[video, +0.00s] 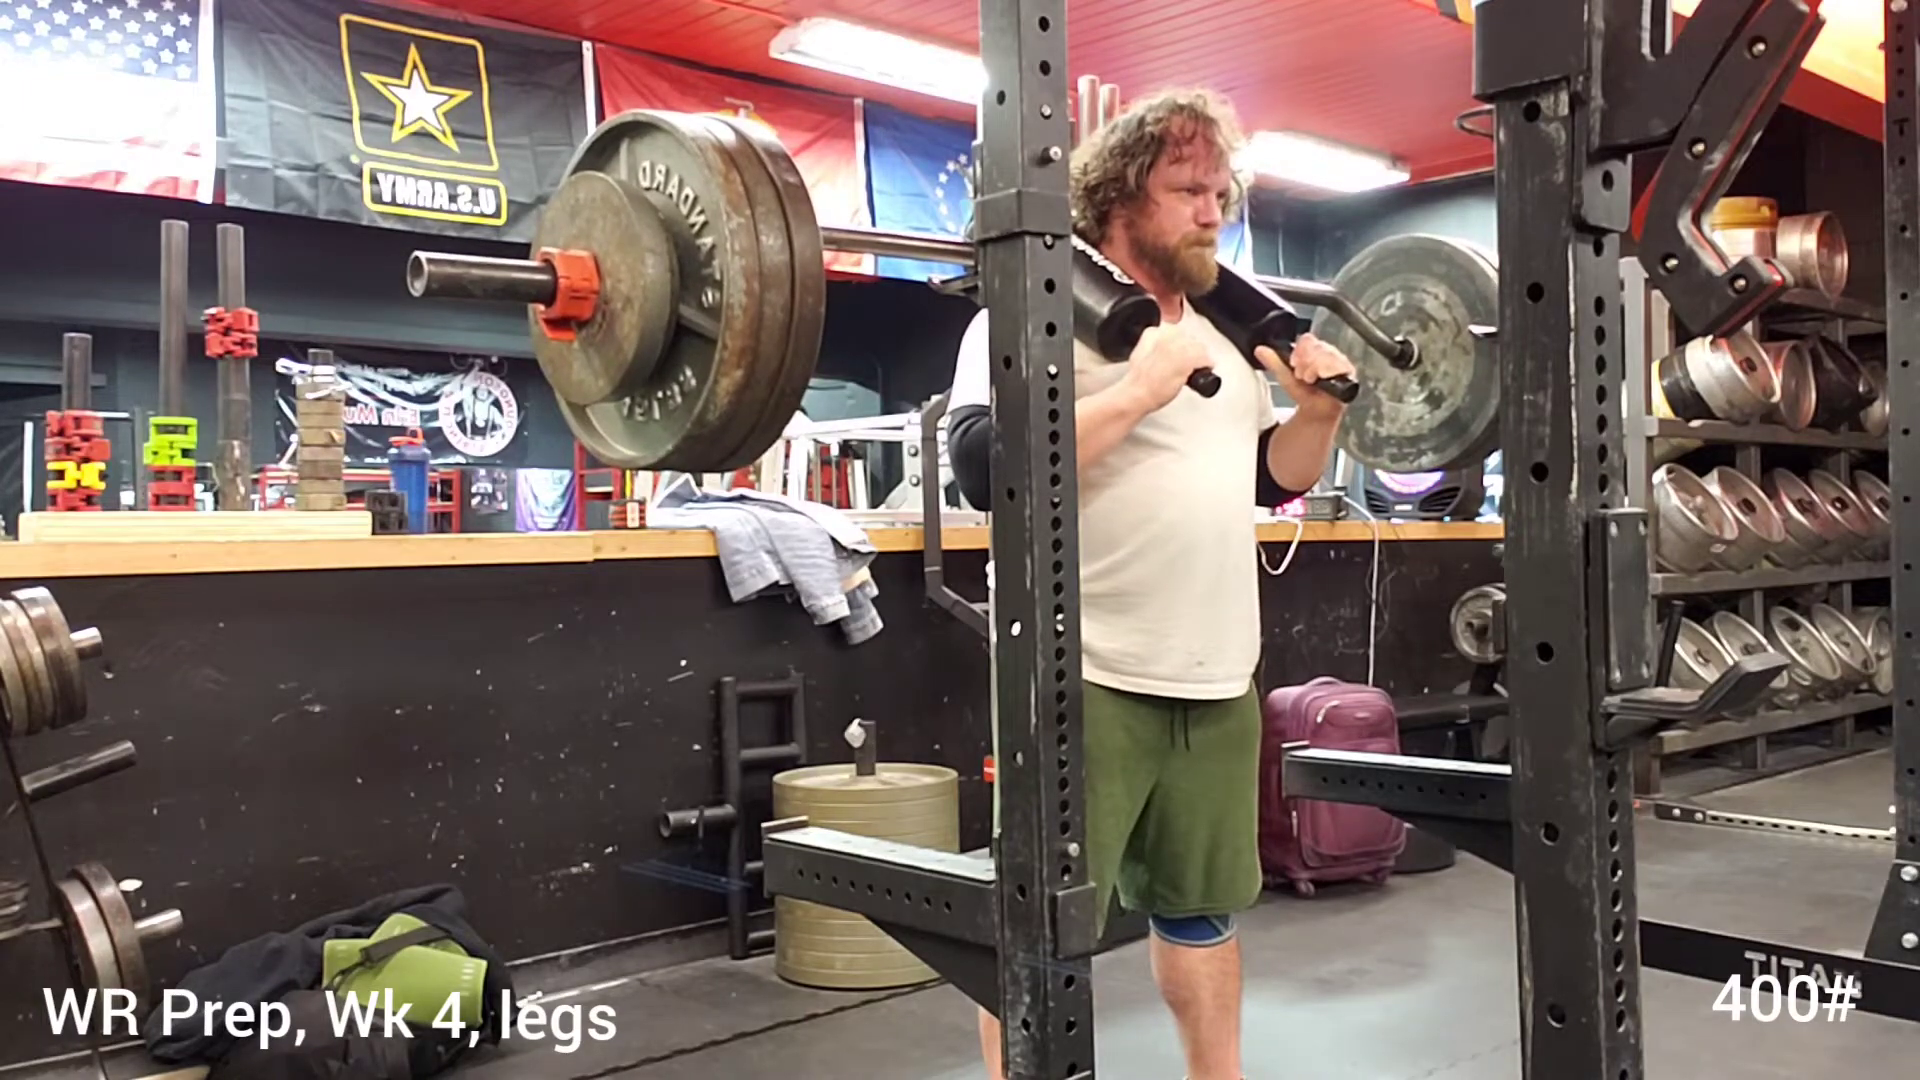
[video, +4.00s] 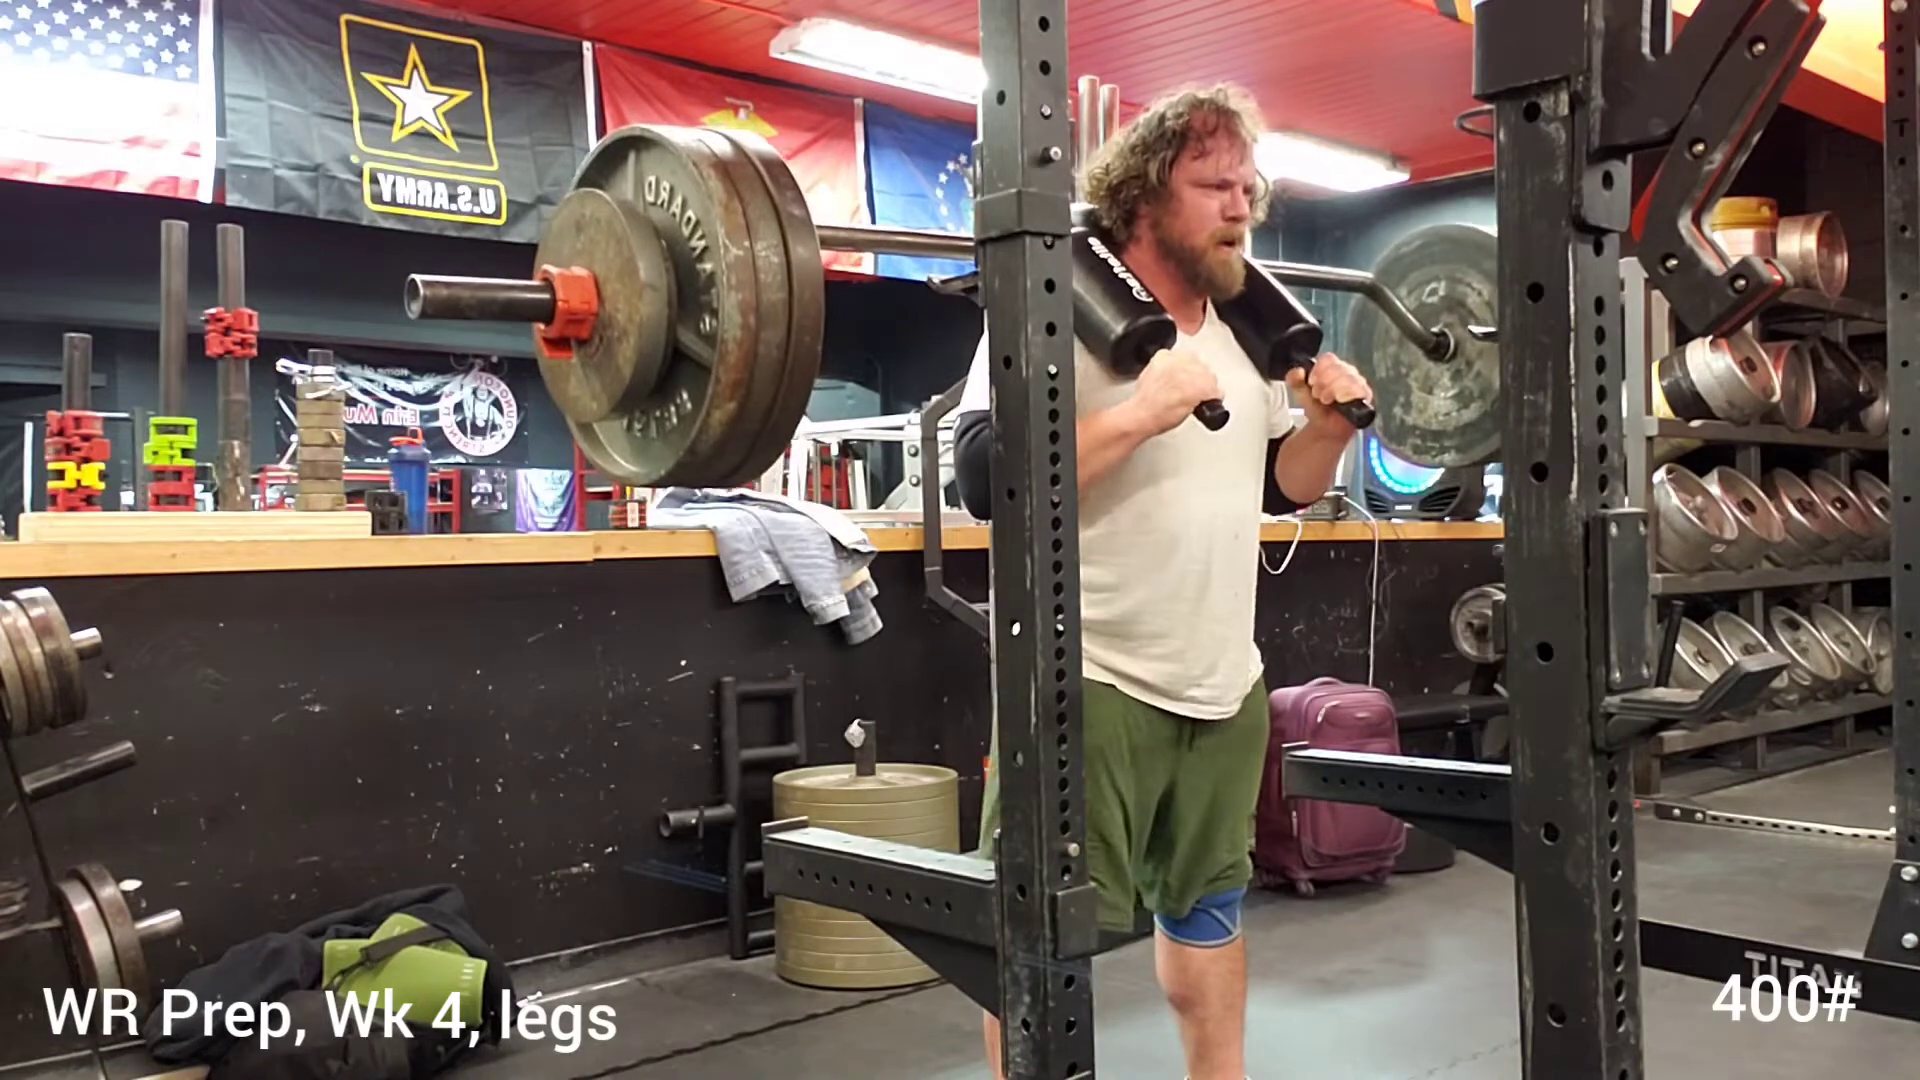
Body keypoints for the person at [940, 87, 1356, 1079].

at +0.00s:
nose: (1215, 211)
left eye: (1221, 192)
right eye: (1192, 189)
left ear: (1225, 202)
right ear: (1122, 193)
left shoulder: (1225, 334)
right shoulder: (1030, 315)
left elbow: (1284, 475)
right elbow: (985, 469)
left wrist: (1320, 403)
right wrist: (1132, 394)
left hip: (1218, 681)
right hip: (1084, 677)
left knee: (1201, 920)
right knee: (1044, 930)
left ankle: (1218, 1076)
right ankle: (1013, 1072)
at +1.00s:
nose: (1230, 279)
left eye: (1238, 258)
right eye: (1205, 256)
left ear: (1246, 265)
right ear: (1136, 264)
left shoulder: (1241, 383)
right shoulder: (1051, 371)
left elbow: (1293, 547)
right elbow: (1017, 560)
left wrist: (1329, 488)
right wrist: (1152, 477)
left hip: (1204, 711)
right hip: (1070, 715)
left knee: (1278, 897)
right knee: (1060, 945)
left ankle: (1230, 1073)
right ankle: (1021, 1071)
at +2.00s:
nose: (1265, 535)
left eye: (1271, 516)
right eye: (1239, 518)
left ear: (1282, 512)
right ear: (1166, 524)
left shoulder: (1267, 614)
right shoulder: (1069, 627)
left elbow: (1321, 784)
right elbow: (1030, 815)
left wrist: (1353, 733)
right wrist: (1170, 777)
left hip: (1198, 853)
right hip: (1069, 868)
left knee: (1334, 912)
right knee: (1068, 971)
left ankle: (1238, 1075)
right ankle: (1018, 1072)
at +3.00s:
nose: (1263, 450)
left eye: (1272, 433)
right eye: (1238, 432)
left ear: (1284, 441)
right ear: (1170, 444)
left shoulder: (1269, 540)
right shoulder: (1077, 540)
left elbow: (1326, 715)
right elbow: (1035, 731)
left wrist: (1354, 658)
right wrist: (1172, 682)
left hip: (1184, 792)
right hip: (1038, 800)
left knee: (1316, 906)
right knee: (1084, 952)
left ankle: (1236, 1073)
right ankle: (1021, 1068)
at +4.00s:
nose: (1243, 204)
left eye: (1248, 184)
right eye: (1217, 183)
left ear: (1251, 195)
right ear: (1147, 194)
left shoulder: (1246, 328)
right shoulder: (1052, 302)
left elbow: (1284, 485)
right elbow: (983, 477)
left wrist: (1331, 424)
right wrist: (1135, 415)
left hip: (1223, 684)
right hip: (1089, 681)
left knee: (1207, 925)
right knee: (1042, 939)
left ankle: (1219, 1073)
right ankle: (1024, 1072)